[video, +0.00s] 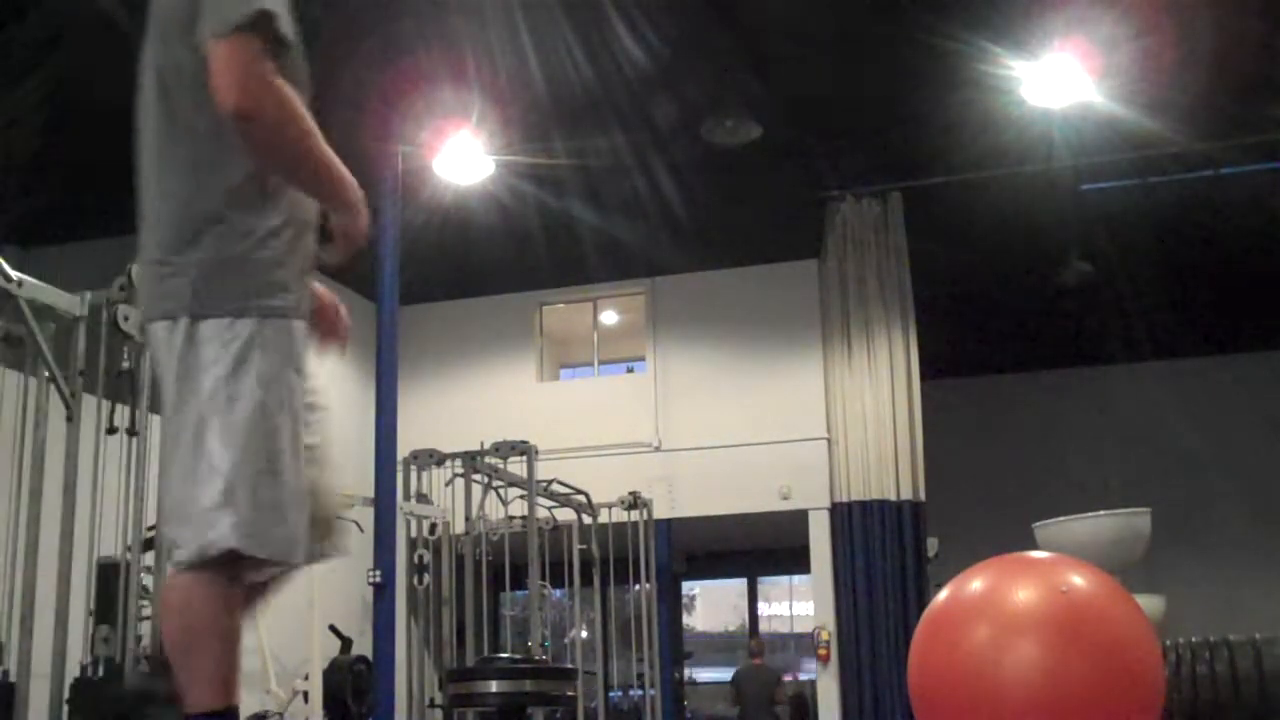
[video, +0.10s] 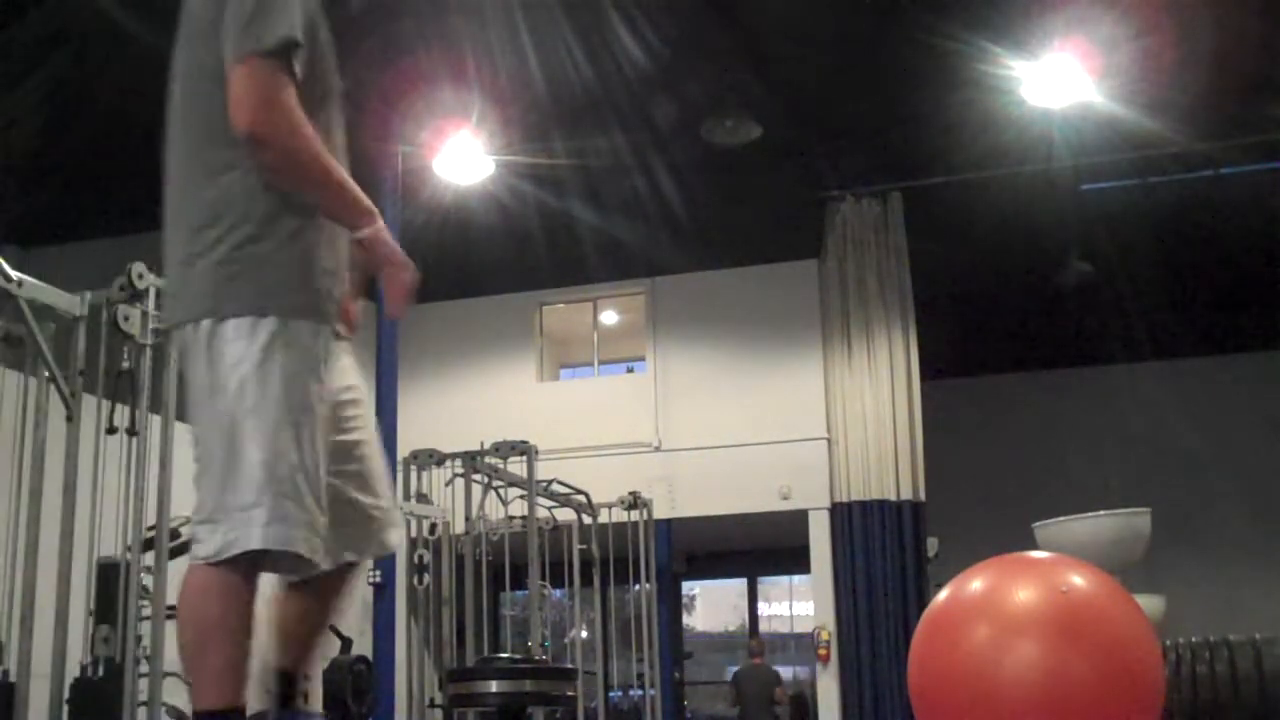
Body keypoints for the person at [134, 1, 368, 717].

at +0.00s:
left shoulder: (191, 21)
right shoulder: (227, 7)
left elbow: (208, 165)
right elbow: (244, 90)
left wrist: (296, 283)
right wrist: (347, 195)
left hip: (241, 300)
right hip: (220, 298)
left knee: (290, 531)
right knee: (218, 541)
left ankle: (161, 683)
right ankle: (210, 710)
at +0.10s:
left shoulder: (285, 22)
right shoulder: (258, 6)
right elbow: (261, 113)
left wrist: (331, 271)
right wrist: (370, 225)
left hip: (299, 303)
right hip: (249, 295)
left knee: (352, 525)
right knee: (233, 535)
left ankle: (284, 701)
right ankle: (218, 711)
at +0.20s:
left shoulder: (316, 26)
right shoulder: (283, 5)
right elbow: (266, 115)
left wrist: (363, 261)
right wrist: (378, 224)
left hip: (329, 308)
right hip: (275, 301)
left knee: (365, 549)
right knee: (245, 538)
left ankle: (371, 711)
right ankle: (221, 712)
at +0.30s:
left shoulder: (363, 55)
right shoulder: (311, 8)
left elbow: (352, 199)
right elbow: (276, 117)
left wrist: (416, 301)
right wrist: (378, 236)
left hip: (367, 324)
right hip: (305, 314)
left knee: (391, 564)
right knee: (276, 543)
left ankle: (414, 709)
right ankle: (235, 712)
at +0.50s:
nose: (516, 14)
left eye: (522, 11)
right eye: (513, 2)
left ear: (497, 16)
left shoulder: (463, 99)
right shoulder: (358, 11)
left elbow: (465, 239)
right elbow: (285, 118)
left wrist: (521, 313)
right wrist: (362, 204)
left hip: (432, 322)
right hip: (348, 295)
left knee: (458, 537)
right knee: (383, 487)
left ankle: (436, 717)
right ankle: (280, 701)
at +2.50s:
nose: (580, 6)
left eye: (581, 10)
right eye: (578, 3)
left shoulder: (517, 64)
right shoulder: (427, 6)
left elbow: (513, 217)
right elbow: (386, 137)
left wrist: (557, 342)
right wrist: (442, 286)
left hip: (472, 323)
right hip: (388, 305)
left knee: (474, 567)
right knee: (380, 543)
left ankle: (470, 717)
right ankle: (336, 714)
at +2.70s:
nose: (608, 35)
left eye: (619, 22)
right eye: (601, 11)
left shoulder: (549, 131)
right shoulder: (447, 50)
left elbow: (519, 272)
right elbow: (424, 213)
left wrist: (530, 389)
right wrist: (475, 369)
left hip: (454, 342)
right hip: (358, 318)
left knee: (511, 558)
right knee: (402, 535)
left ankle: (475, 712)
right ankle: (339, 713)